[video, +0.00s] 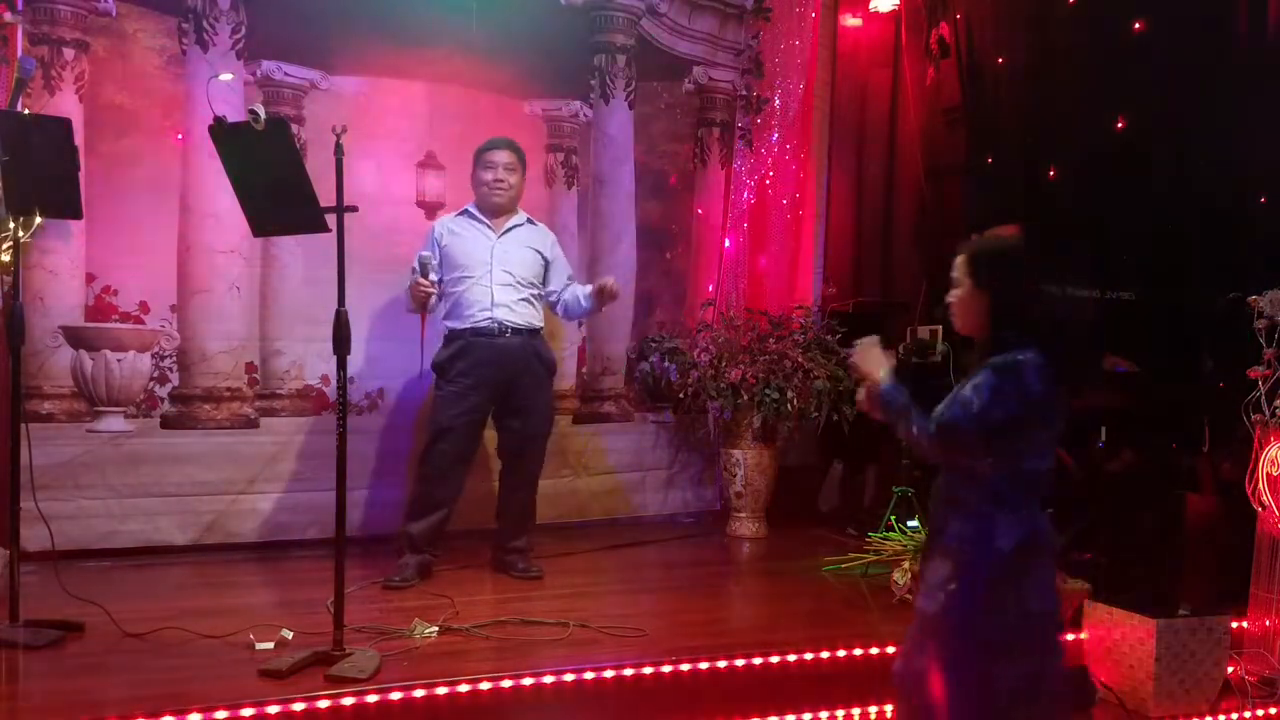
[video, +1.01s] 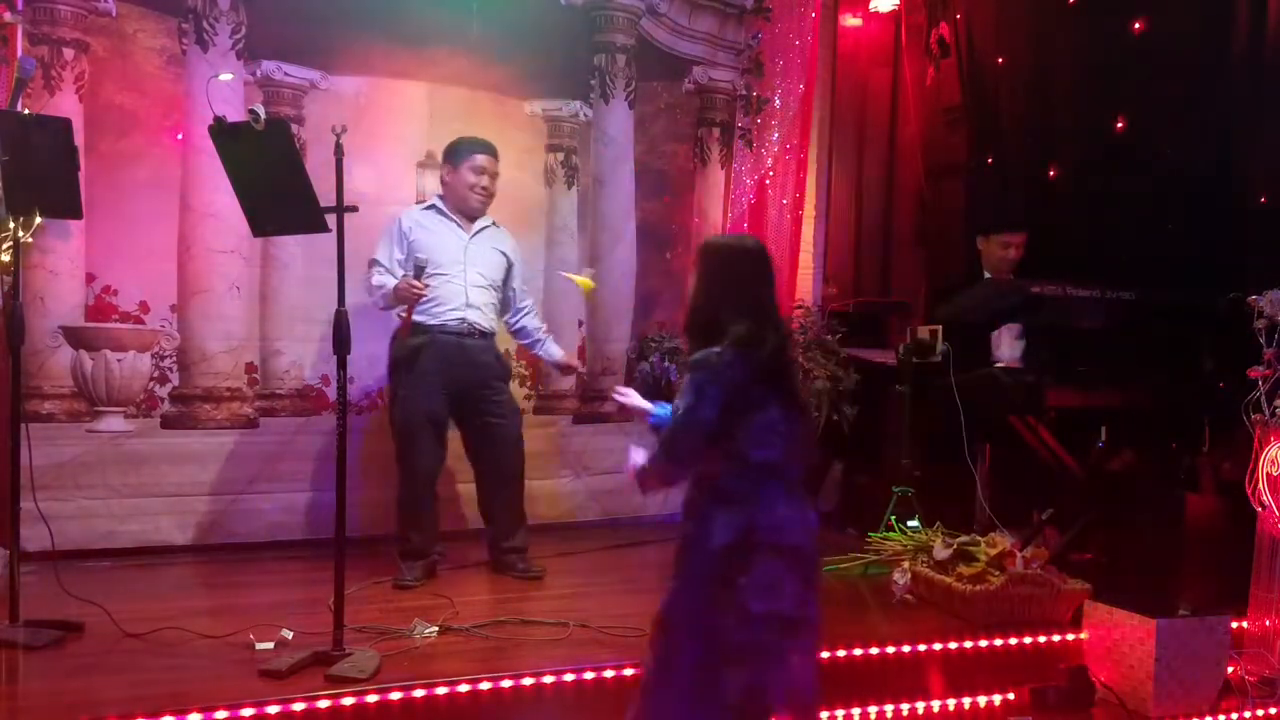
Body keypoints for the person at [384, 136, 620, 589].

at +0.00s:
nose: (498, 176)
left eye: (509, 169)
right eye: (488, 168)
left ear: (523, 181)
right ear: (473, 176)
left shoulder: (541, 236)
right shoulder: (445, 229)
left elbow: (564, 299)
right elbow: (419, 294)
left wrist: (593, 294)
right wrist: (418, 293)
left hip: (527, 353)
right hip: (467, 352)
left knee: (524, 456)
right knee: (446, 448)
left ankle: (513, 549)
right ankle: (417, 552)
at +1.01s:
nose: (487, 183)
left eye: (493, 177)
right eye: (478, 172)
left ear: (497, 184)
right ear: (448, 174)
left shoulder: (501, 241)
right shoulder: (410, 222)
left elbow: (519, 312)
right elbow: (377, 284)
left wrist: (555, 354)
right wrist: (394, 292)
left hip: (482, 354)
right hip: (424, 352)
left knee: (504, 448)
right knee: (419, 455)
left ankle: (509, 550)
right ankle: (417, 557)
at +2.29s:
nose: (520, 178)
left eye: (530, 170)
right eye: (510, 169)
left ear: (543, 179)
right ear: (492, 177)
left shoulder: (560, 230)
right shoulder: (466, 229)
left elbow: (579, 279)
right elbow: (441, 292)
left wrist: (585, 298)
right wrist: (441, 292)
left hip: (547, 357)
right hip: (484, 359)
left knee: (558, 457)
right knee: (461, 453)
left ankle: (547, 560)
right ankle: (434, 553)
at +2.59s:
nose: (526, 169)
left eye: (537, 161)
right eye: (517, 160)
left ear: (556, 172)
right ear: (503, 169)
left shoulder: (575, 227)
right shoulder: (480, 224)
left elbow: (594, 295)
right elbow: (458, 291)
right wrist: (457, 289)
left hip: (551, 356)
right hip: (490, 356)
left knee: (553, 468)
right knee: (475, 462)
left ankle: (547, 561)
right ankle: (463, 559)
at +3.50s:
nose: (489, 178)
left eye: (497, 170)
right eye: (478, 168)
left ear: (505, 179)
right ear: (455, 174)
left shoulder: (520, 235)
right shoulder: (425, 229)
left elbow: (539, 295)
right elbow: (397, 295)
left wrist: (528, 332)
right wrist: (417, 296)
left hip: (503, 352)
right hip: (446, 353)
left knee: (498, 452)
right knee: (438, 455)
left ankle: (491, 554)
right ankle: (432, 558)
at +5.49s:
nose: (533, 184)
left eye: (541, 178)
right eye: (523, 174)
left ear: (547, 190)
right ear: (499, 179)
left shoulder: (557, 244)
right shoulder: (462, 224)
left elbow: (574, 297)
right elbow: (430, 279)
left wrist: (570, 318)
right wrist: (447, 287)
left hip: (532, 354)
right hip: (475, 350)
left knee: (524, 459)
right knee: (454, 450)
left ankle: (506, 549)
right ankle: (436, 553)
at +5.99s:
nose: (486, 179)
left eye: (497, 172)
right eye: (478, 170)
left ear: (512, 185)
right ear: (463, 178)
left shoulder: (522, 242)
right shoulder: (429, 221)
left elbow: (536, 305)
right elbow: (398, 277)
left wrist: (550, 339)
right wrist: (425, 288)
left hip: (508, 353)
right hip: (448, 350)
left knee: (512, 457)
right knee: (431, 454)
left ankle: (505, 551)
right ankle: (413, 556)